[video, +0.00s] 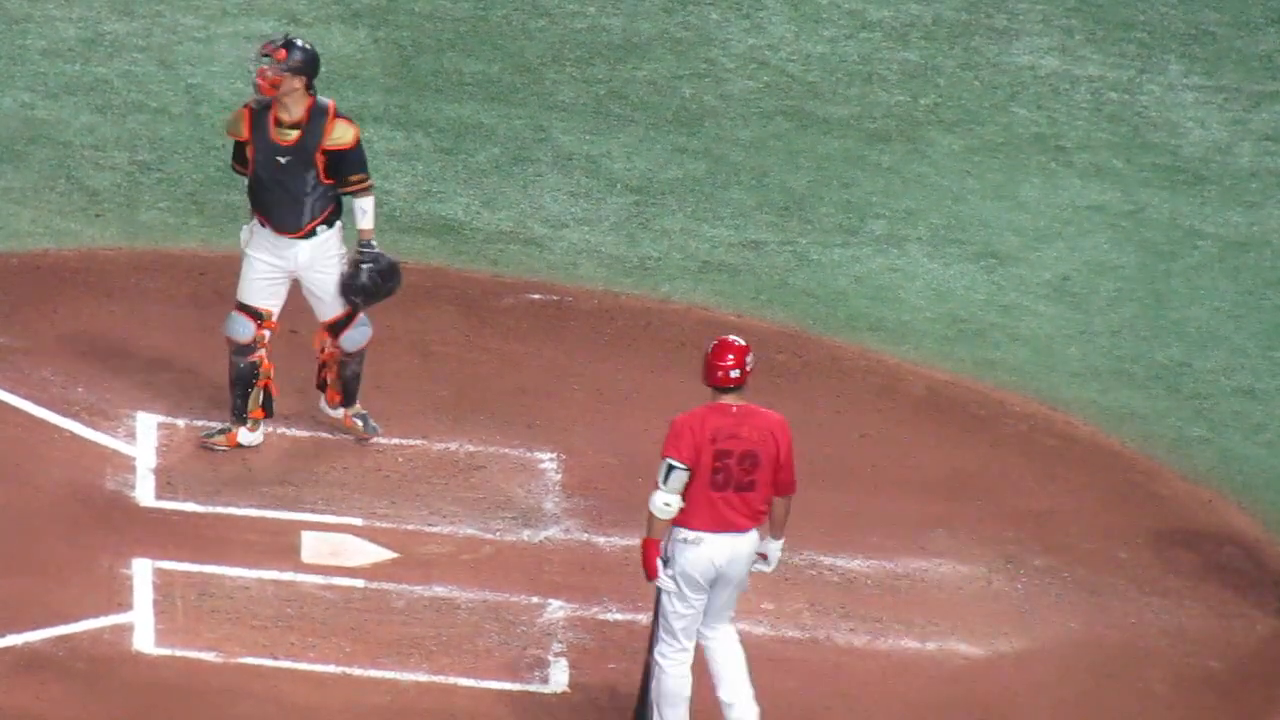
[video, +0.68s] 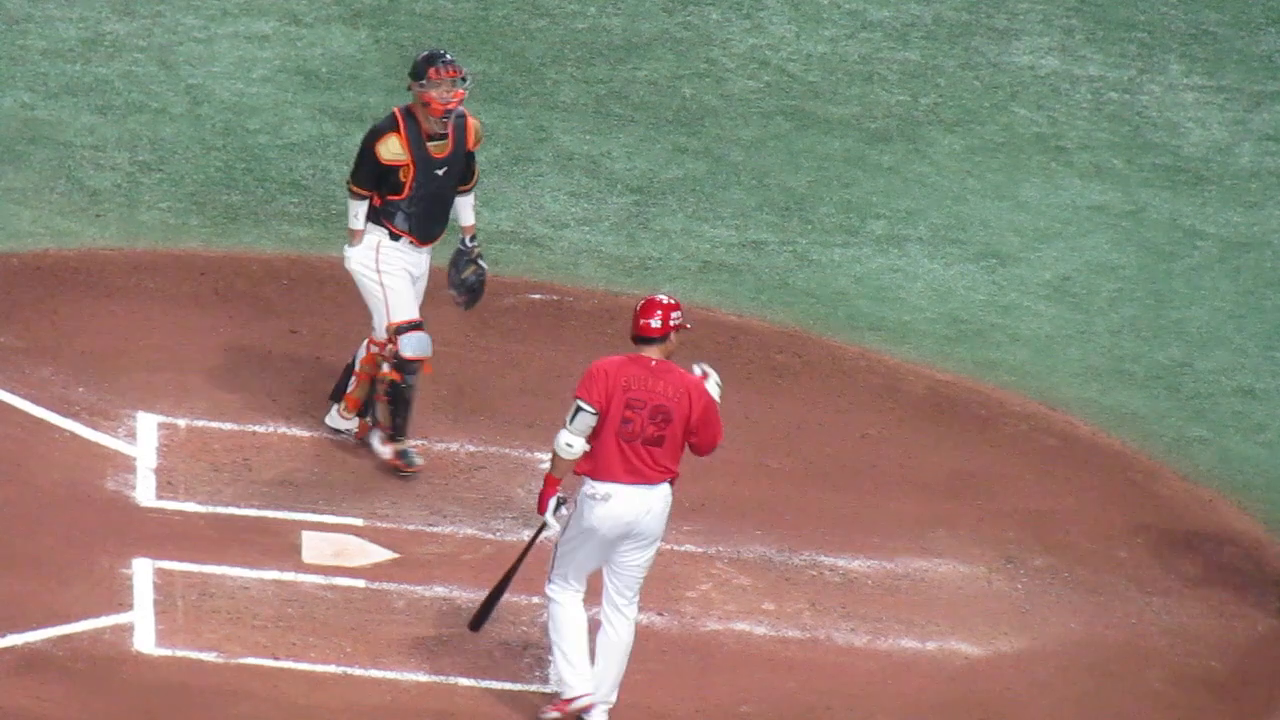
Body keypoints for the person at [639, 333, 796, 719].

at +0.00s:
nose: (727, 376)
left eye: (716, 370)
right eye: (735, 370)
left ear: (708, 375)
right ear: (747, 375)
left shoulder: (691, 423)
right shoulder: (774, 425)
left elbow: (667, 494)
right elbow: (782, 494)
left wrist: (651, 543)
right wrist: (774, 541)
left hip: (694, 545)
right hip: (743, 546)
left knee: (675, 645)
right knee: (719, 627)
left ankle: (671, 716)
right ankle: (744, 713)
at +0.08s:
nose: (717, 369)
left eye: (703, 363)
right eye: (725, 363)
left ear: (694, 367)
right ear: (734, 367)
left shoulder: (676, 417)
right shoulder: (763, 421)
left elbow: (651, 488)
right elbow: (776, 489)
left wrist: (635, 540)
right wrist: (779, 539)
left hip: (683, 541)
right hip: (731, 541)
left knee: (669, 640)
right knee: (701, 619)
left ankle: (667, 714)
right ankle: (710, 710)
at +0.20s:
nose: (703, 361)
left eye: (688, 355)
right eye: (710, 355)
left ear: (677, 361)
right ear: (717, 361)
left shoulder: (657, 409)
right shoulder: (742, 413)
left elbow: (629, 480)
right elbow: (762, 481)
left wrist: (612, 533)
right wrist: (772, 532)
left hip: (668, 536)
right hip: (715, 536)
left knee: (664, 640)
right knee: (667, 626)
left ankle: (668, 716)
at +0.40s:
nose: (696, 352)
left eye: (692, 347)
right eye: (697, 348)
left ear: (657, 352)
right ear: (696, 353)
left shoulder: (631, 398)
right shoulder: (716, 406)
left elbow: (603, 469)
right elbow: (736, 478)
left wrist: (586, 521)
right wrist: (757, 496)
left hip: (636, 522)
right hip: (685, 524)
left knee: (636, 629)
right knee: (637, 623)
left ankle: (661, 716)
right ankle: (597, 710)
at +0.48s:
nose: (690, 348)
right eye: (692, 344)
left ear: (652, 346)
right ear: (691, 349)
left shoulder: (625, 390)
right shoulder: (707, 402)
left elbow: (595, 460)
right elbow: (727, 468)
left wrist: (576, 511)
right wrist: (749, 466)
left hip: (627, 515)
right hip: (676, 517)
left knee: (607, 618)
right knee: (636, 619)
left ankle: (653, 714)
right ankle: (595, 709)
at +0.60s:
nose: (685, 342)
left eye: (681, 335)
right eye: (685, 337)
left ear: (643, 336)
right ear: (680, 341)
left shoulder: (614, 378)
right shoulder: (697, 394)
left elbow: (581, 445)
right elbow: (714, 453)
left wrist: (559, 496)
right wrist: (726, 422)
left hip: (614, 504)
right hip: (663, 507)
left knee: (574, 593)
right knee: (627, 606)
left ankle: (611, 686)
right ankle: (596, 703)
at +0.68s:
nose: (680, 336)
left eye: (676, 329)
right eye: (678, 331)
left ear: (635, 330)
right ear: (672, 335)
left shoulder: (606, 370)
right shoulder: (688, 387)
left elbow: (572, 438)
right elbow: (705, 444)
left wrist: (550, 490)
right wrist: (707, 393)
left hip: (604, 497)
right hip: (654, 502)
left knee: (565, 585)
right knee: (623, 604)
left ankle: (574, 689)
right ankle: (600, 706)